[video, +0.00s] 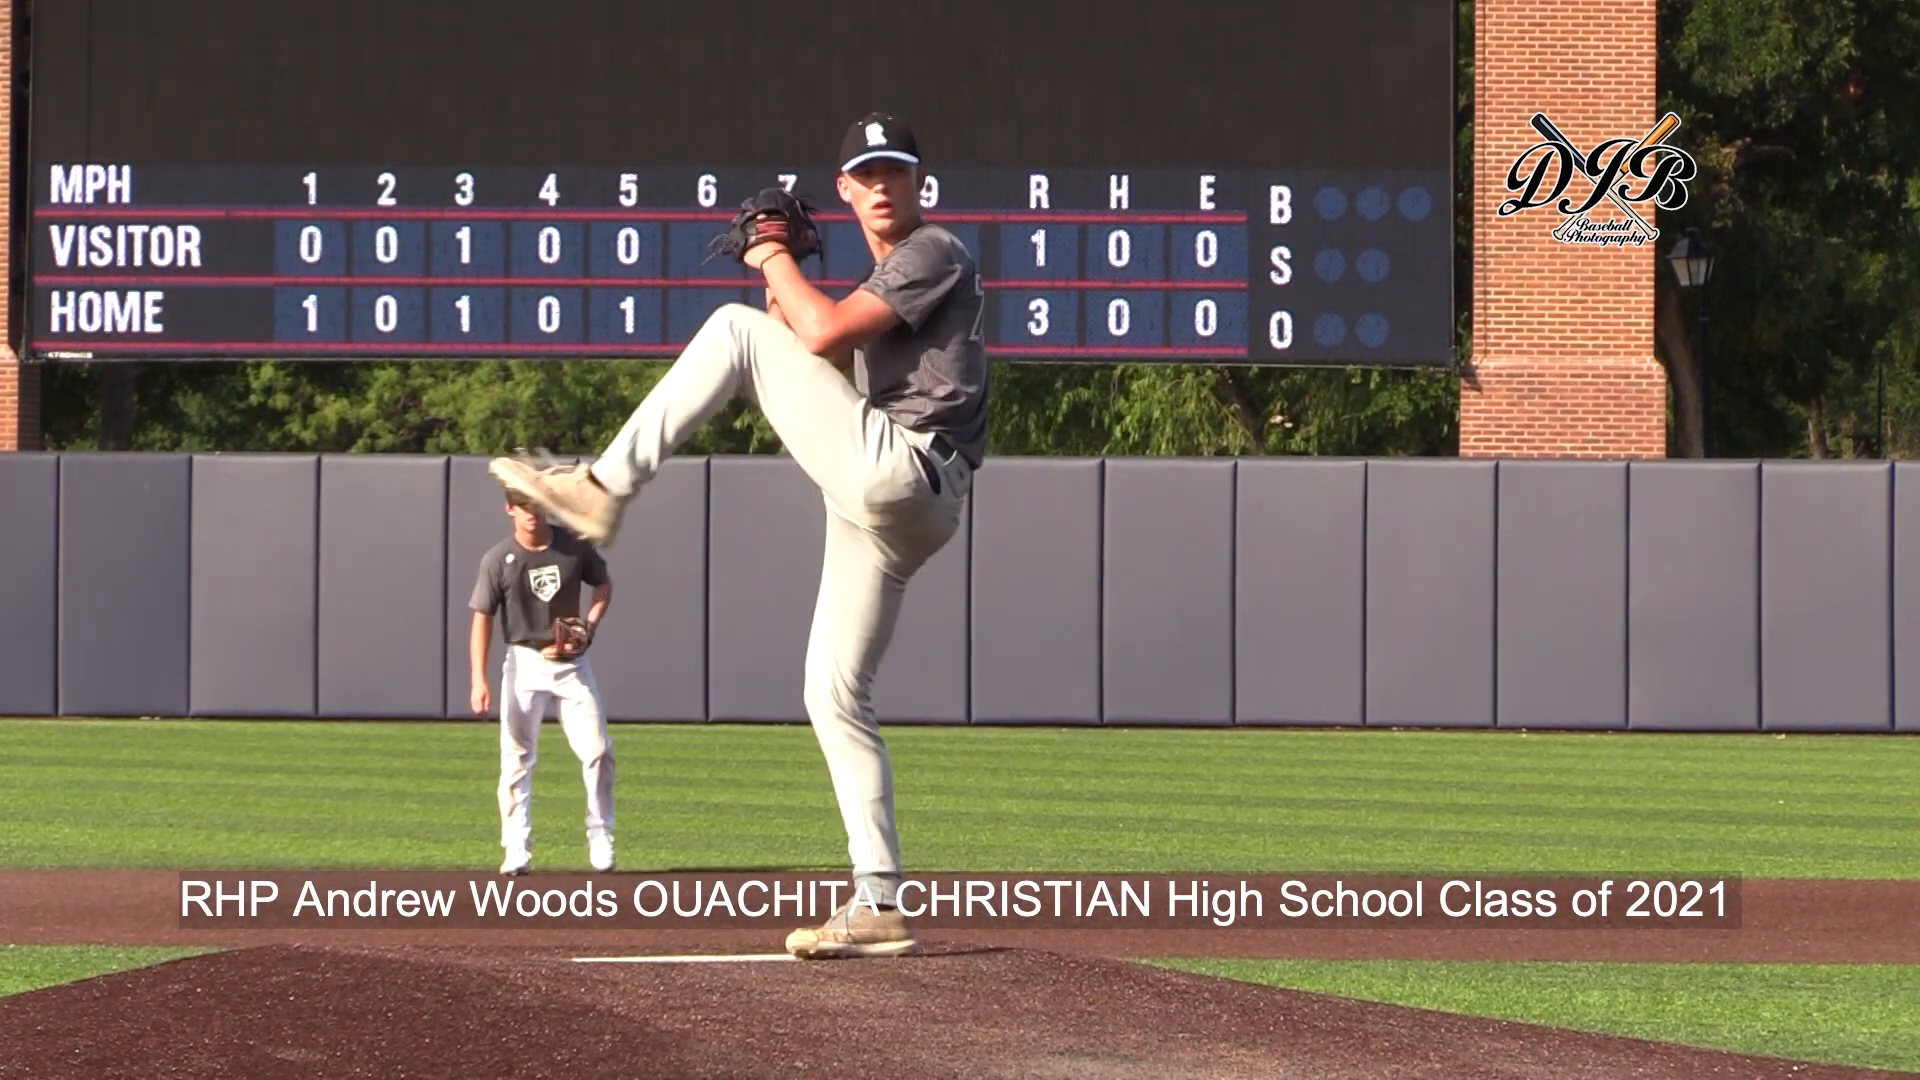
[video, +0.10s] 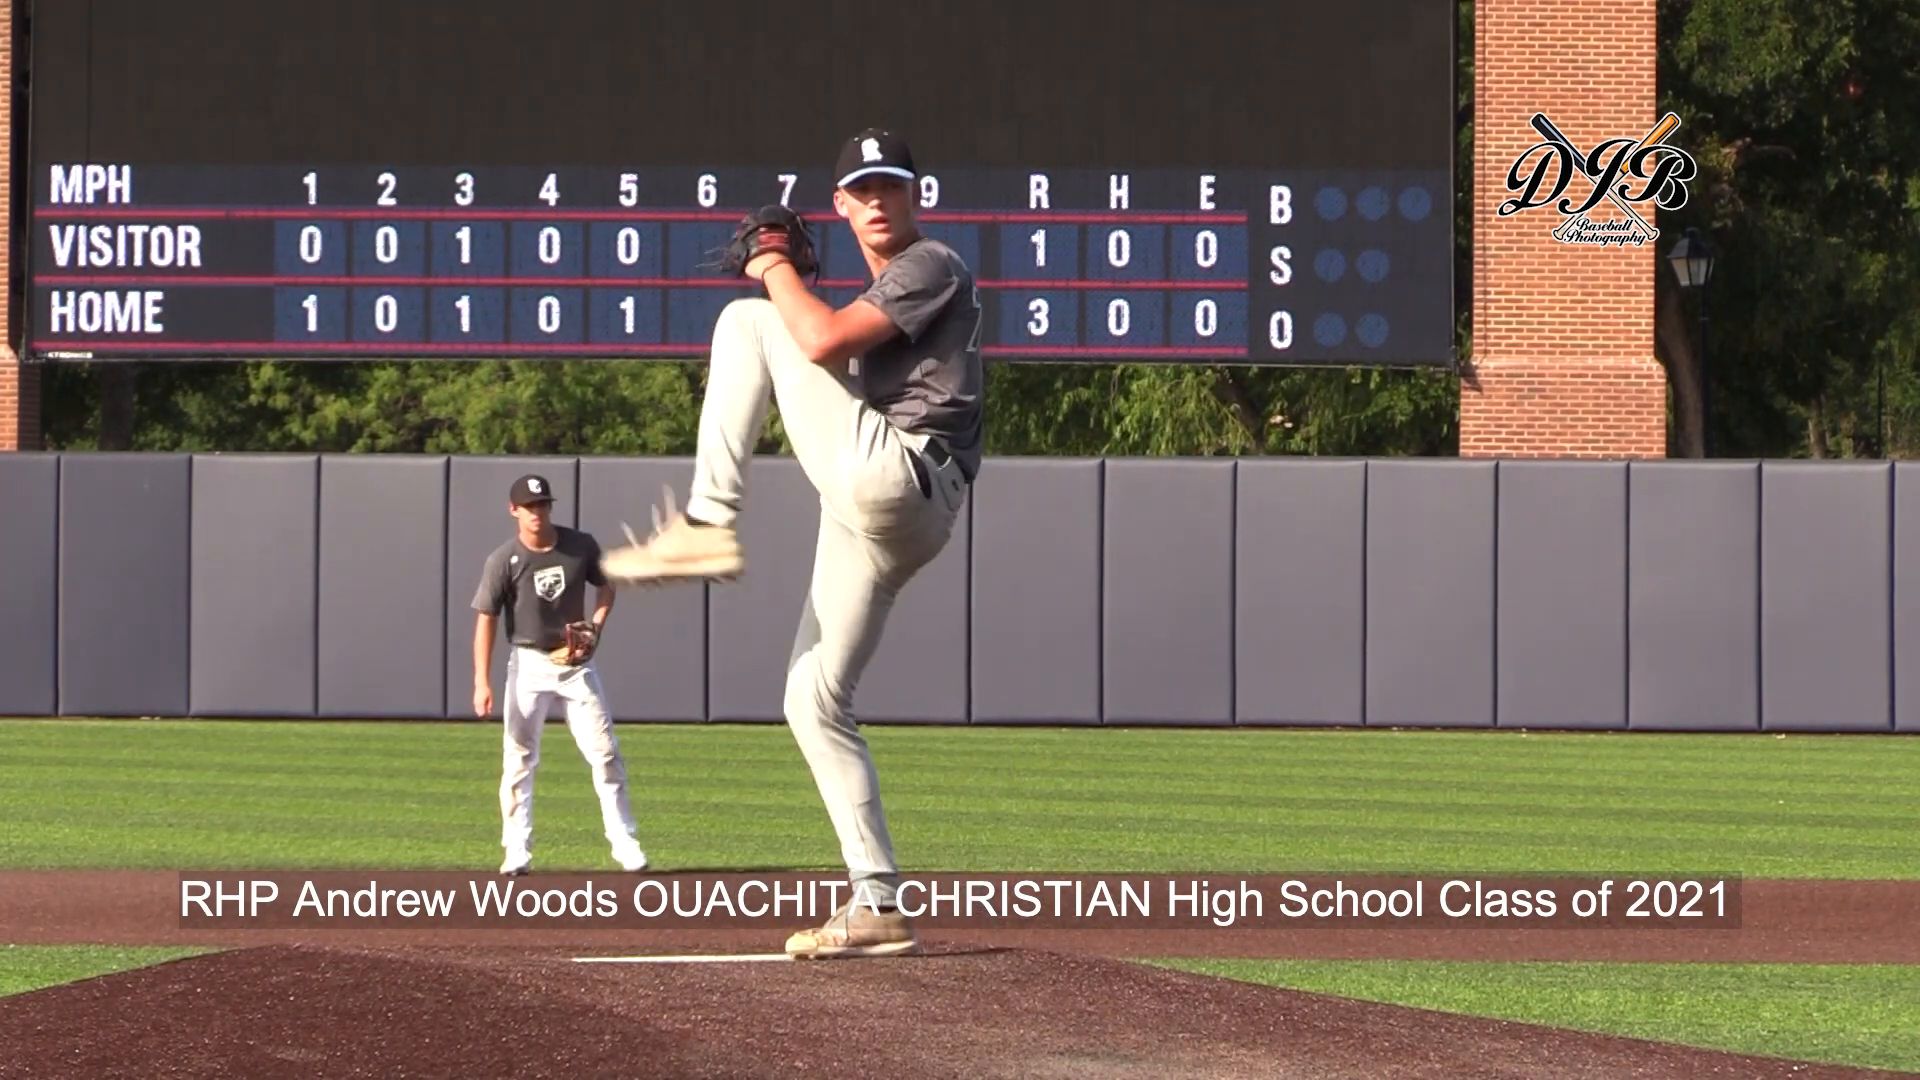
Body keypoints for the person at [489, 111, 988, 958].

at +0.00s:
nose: (879, 192)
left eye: (894, 175)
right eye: (864, 178)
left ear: (921, 183)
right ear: (846, 191)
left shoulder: (936, 252)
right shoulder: (877, 273)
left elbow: (825, 329)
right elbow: (824, 348)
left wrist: (773, 252)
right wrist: (780, 263)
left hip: (900, 469)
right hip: (883, 500)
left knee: (742, 326)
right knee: (839, 697)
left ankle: (600, 489)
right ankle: (878, 906)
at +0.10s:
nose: (875, 205)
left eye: (889, 189)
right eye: (860, 193)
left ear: (917, 197)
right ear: (841, 206)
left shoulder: (933, 263)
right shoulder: (870, 283)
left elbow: (825, 338)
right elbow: (833, 357)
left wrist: (772, 265)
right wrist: (791, 276)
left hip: (894, 469)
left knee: (750, 318)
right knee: (815, 701)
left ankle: (710, 523)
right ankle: (876, 904)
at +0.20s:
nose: (875, 222)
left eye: (889, 206)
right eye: (859, 210)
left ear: (916, 212)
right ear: (840, 224)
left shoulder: (930, 278)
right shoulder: (888, 310)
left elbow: (843, 381)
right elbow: (832, 417)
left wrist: (769, 322)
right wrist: (776, 333)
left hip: (907, 493)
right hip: (911, 529)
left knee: (718, 422)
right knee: (808, 712)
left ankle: (760, 630)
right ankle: (879, 903)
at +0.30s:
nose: (871, 248)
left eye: (886, 232)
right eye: (856, 235)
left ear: (913, 240)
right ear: (840, 250)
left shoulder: (921, 304)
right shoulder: (904, 333)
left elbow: (859, 417)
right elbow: (879, 488)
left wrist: (750, 427)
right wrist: (781, 471)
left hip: (916, 533)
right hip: (938, 551)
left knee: (721, 567)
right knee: (798, 728)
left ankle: (782, 768)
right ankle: (875, 906)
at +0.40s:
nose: (867, 292)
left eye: (881, 276)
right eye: (853, 280)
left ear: (910, 285)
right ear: (840, 296)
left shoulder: (913, 334)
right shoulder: (929, 357)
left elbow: (827, 406)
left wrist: (715, 473)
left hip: (942, 570)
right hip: (961, 585)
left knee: (761, 669)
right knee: (806, 737)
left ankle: (801, 880)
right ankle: (872, 906)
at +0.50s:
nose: (848, 343)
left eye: (865, 327)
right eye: (839, 329)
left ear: (899, 334)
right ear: (826, 337)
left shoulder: (906, 374)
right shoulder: (920, 408)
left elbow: (831, 393)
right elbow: (951, 579)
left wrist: (722, 397)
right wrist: (954, 730)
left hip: (981, 604)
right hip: (962, 610)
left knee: (812, 711)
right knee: (793, 739)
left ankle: (832, 913)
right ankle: (879, 907)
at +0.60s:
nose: (849, 380)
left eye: (865, 362)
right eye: (840, 367)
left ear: (900, 362)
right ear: (834, 375)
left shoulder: (923, 412)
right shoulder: (909, 440)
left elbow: (876, 378)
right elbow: (1001, 564)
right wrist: (1031, 705)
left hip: (1012, 622)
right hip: (960, 630)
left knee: (893, 733)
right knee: (831, 759)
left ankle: (898, 914)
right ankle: (870, 916)